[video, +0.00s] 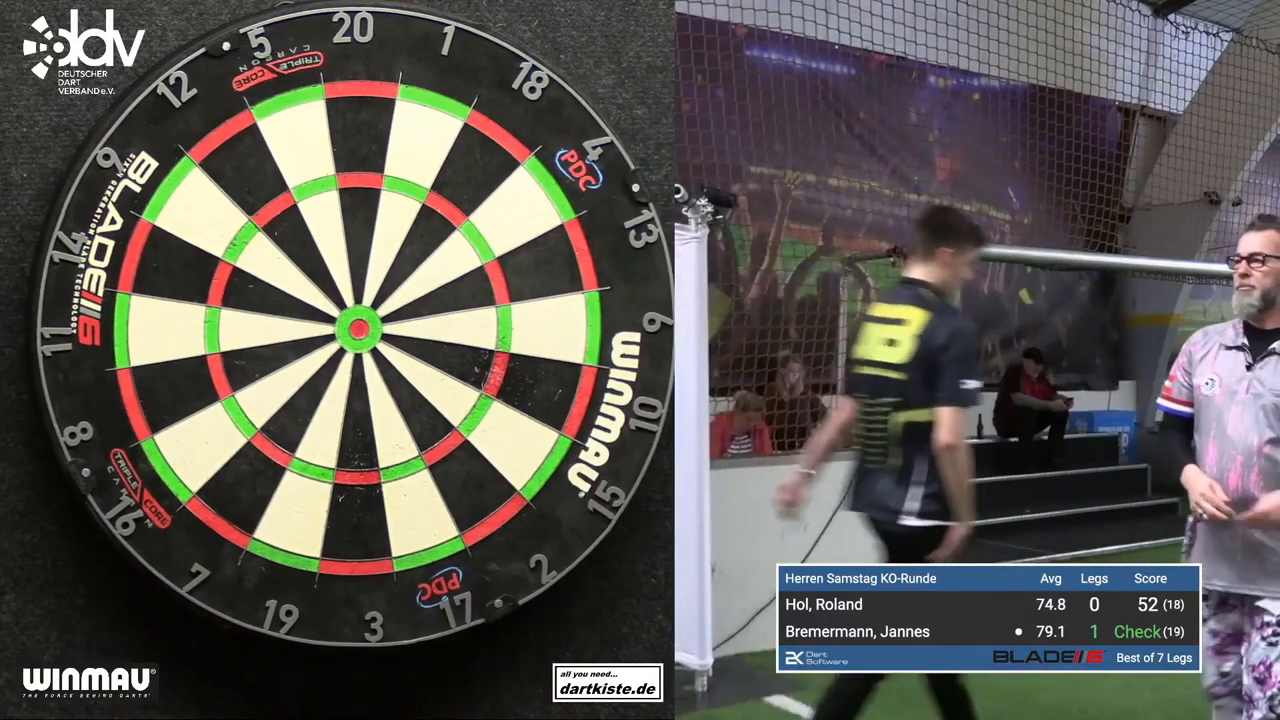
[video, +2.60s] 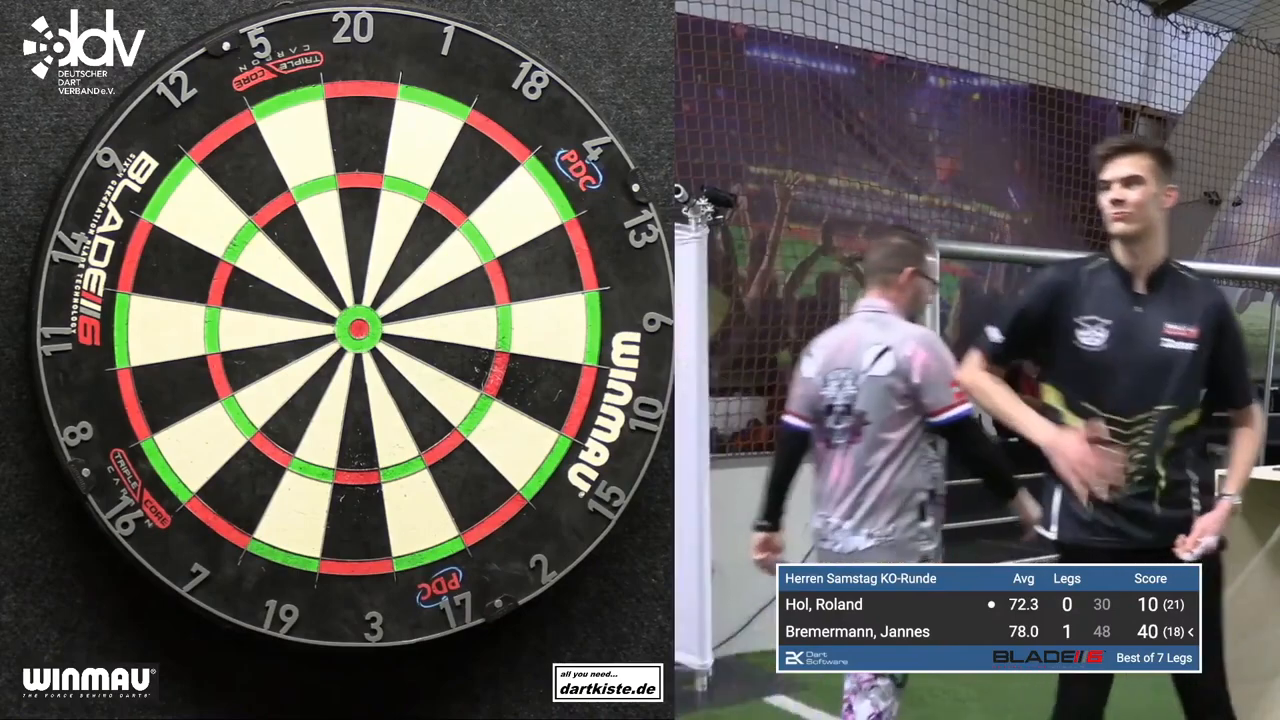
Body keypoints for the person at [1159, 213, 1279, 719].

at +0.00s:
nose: (1241, 269)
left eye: (1258, 260)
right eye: (1238, 260)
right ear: (1233, 268)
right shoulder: (1202, 345)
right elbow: (1170, 432)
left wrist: (1278, 501)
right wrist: (1189, 475)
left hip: (1274, 568)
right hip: (1212, 563)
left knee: (1266, 699)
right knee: (1220, 693)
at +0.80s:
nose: (1210, 269)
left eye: (1227, 260)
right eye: (1205, 260)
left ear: (1264, 274)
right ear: (1196, 270)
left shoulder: (1277, 360)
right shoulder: (1157, 345)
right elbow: (1122, 437)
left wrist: (1279, 515)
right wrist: (1118, 513)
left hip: (1247, 586)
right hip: (1154, 580)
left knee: (1239, 712)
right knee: (1136, 710)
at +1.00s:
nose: (1090, 195)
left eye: (1107, 184)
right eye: (1085, 186)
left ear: (1149, 198)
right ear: (1079, 200)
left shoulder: (1192, 303)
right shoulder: (1048, 295)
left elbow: (1227, 419)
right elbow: (1016, 409)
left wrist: (1181, 506)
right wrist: (1017, 507)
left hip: (1153, 534)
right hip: (1069, 532)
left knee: (1140, 691)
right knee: (1073, 686)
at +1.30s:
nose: (1039, 189)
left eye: (1056, 176)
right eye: (1034, 180)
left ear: (1101, 189)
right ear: (1028, 194)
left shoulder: (1152, 289)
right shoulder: (1005, 297)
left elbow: (1199, 400)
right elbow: (972, 425)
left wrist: (1178, 497)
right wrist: (940, 541)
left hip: (1136, 535)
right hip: (1052, 538)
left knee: (1139, 698)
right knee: (1056, 700)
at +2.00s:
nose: (1012, 186)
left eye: (1030, 172)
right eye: (1008, 176)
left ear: (1074, 186)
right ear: (1004, 190)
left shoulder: (1131, 289)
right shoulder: (979, 299)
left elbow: (1171, 411)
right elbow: (953, 431)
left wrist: (1141, 508)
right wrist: (995, 535)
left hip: (1125, 543)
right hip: (1034, 551)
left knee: (1136, 697)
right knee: (1048, 700)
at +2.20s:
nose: (1042, 188)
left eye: (1059, 175)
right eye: (1035, 179)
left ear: (1102, 189)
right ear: (1028, 193)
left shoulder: (1148, 295)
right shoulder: (996, 293)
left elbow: (1182, 418)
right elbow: (945, 404)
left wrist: (1148, 502)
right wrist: (1031, 454)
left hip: (1132, 537)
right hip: (1040, 538)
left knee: (1142, 695)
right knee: (1052, 696)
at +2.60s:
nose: (1117, 197)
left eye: (1133, 184)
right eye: (1107, 187)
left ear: (1169, 196)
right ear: (1098, 202)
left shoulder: (1205, 304)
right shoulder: (1063, 287)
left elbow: (1247, 419)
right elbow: (973, 370)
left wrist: (1224, 505)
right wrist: (1054, 438)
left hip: (1180, 542)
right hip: (1088, 540)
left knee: (1206, 700)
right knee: (1080, 699)